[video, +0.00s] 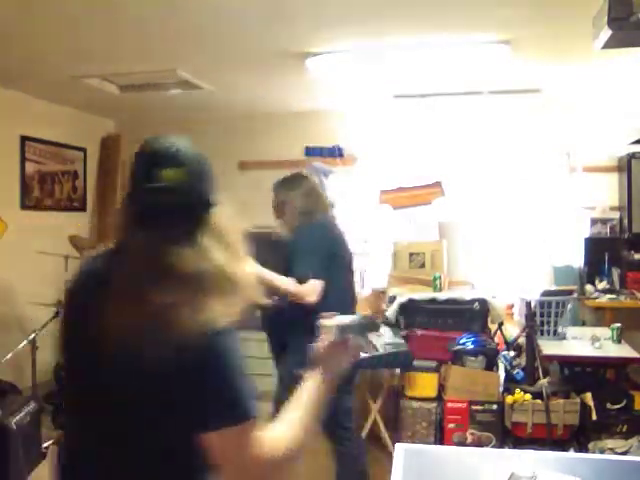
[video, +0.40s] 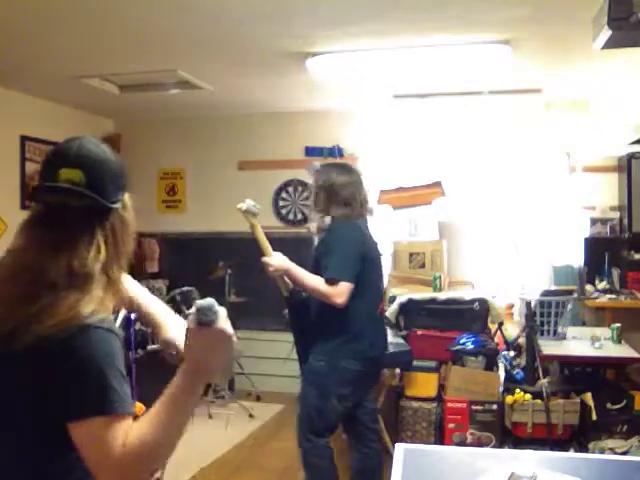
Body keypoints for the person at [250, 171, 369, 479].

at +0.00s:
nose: (277, 214)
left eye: (280, 205)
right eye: (277, 206)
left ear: (297, 202)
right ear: (308, 200)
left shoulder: (312, 231)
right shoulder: (326, 230)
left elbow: (310, 293)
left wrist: (259, 273)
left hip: (314, 344)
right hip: (336, 341)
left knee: (284, 426)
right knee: (342, 426)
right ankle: (354, 472)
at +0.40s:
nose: (312, 195)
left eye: (315, 188)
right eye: (313, 188)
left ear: (328, 192)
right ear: (354, 192)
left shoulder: (343, 232)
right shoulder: (356, 232)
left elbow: (338, 294)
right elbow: (326, 294)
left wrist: (288, 267)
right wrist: (288, 279)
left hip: (341, 353)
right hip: (362, 351)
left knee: (312, 437)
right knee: (365, 438)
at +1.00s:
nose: (307, 199)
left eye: (314, 192)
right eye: (308, 192)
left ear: (333, 196)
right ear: (339, 197)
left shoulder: (333, 228)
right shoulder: (362, 231)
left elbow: (329, 284)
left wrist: (279, 271)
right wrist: (286, 285)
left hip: (347, 356)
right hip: (378, 353)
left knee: (333, 442)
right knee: (372, 436)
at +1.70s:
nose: (343, 204)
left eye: (346, 197)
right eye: (344, 197)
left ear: (359, 198)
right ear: (375, 199)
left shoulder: (365, 225)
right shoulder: (391, 232)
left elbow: (360, 276)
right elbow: (389, 289)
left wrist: (308, 270)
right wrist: (337, 280)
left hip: (356, 347)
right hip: (386, 348)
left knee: (326, 424)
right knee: (374, 428)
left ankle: (322, 475)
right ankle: (377, 476)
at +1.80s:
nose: (344, 205)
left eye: (347, 199)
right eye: (345, 199)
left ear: (358, 199)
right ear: (380, 199)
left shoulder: (364, 226)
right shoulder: (391, 233)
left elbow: (357, 277)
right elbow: (388, 290)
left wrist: (305, 270)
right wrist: (323, 282)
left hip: (356, 347)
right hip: (386, 348)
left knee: (326, 423)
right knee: (374, 427)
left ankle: (321, 475)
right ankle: (377, 476)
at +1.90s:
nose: (347, 209)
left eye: (349, 203)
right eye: (347, 203)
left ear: (358, 203)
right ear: (382, 201)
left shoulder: (365, 227)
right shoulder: (392, 235)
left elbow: (355, 278)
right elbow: (388, 292)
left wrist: (304, 270)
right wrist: (322, 281)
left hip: (356, 348)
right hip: (386, 349)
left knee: (326, 424)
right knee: (374, 428)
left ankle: (321, 475)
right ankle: (377, 476)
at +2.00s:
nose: (349, 205)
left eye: (351, 200)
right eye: (350, 200)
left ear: (359, 200)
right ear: (384, 199)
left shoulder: (365, 228)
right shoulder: (394, 235)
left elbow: (354, 278)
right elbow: (389, 293)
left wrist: (302, 270)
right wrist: (323, 282)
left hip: (356, 348)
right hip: (386, 349)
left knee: (325, 423)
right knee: (375, 429)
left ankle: (321, 475)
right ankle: (377, 476)